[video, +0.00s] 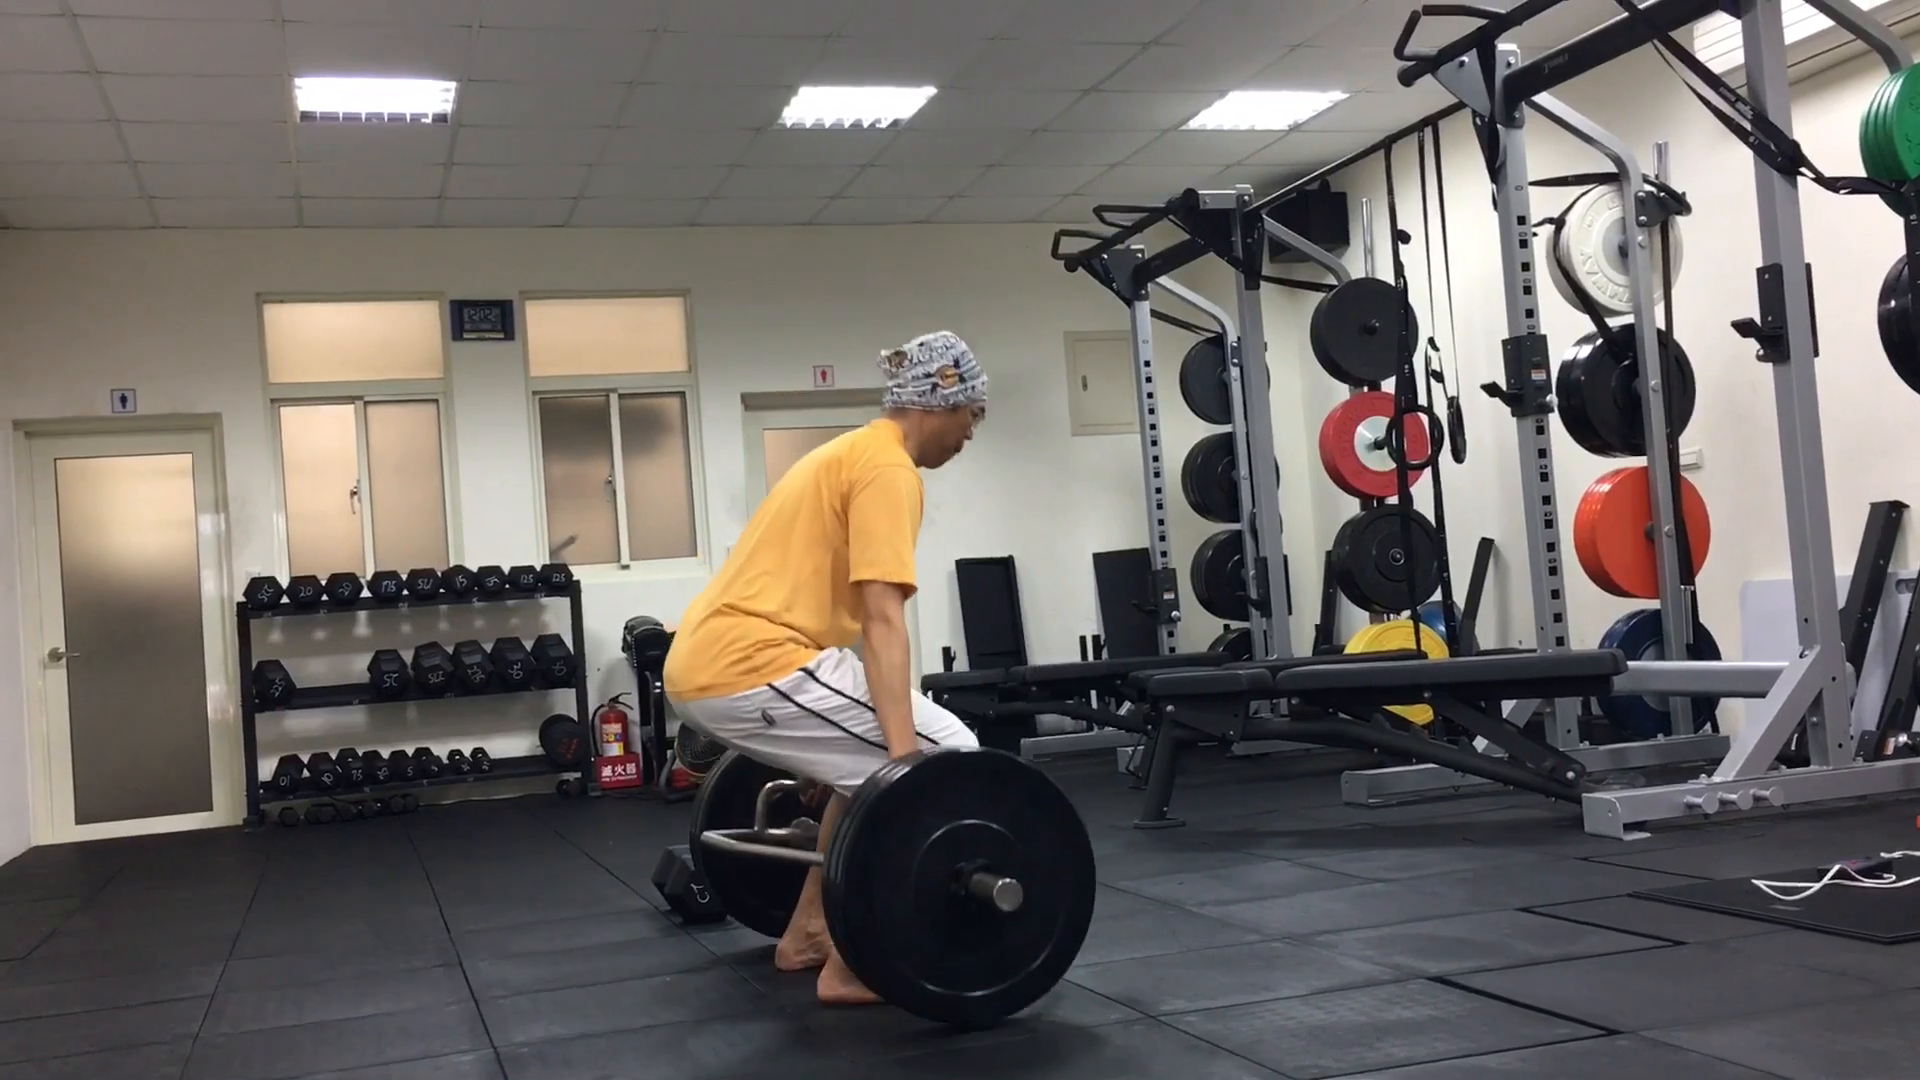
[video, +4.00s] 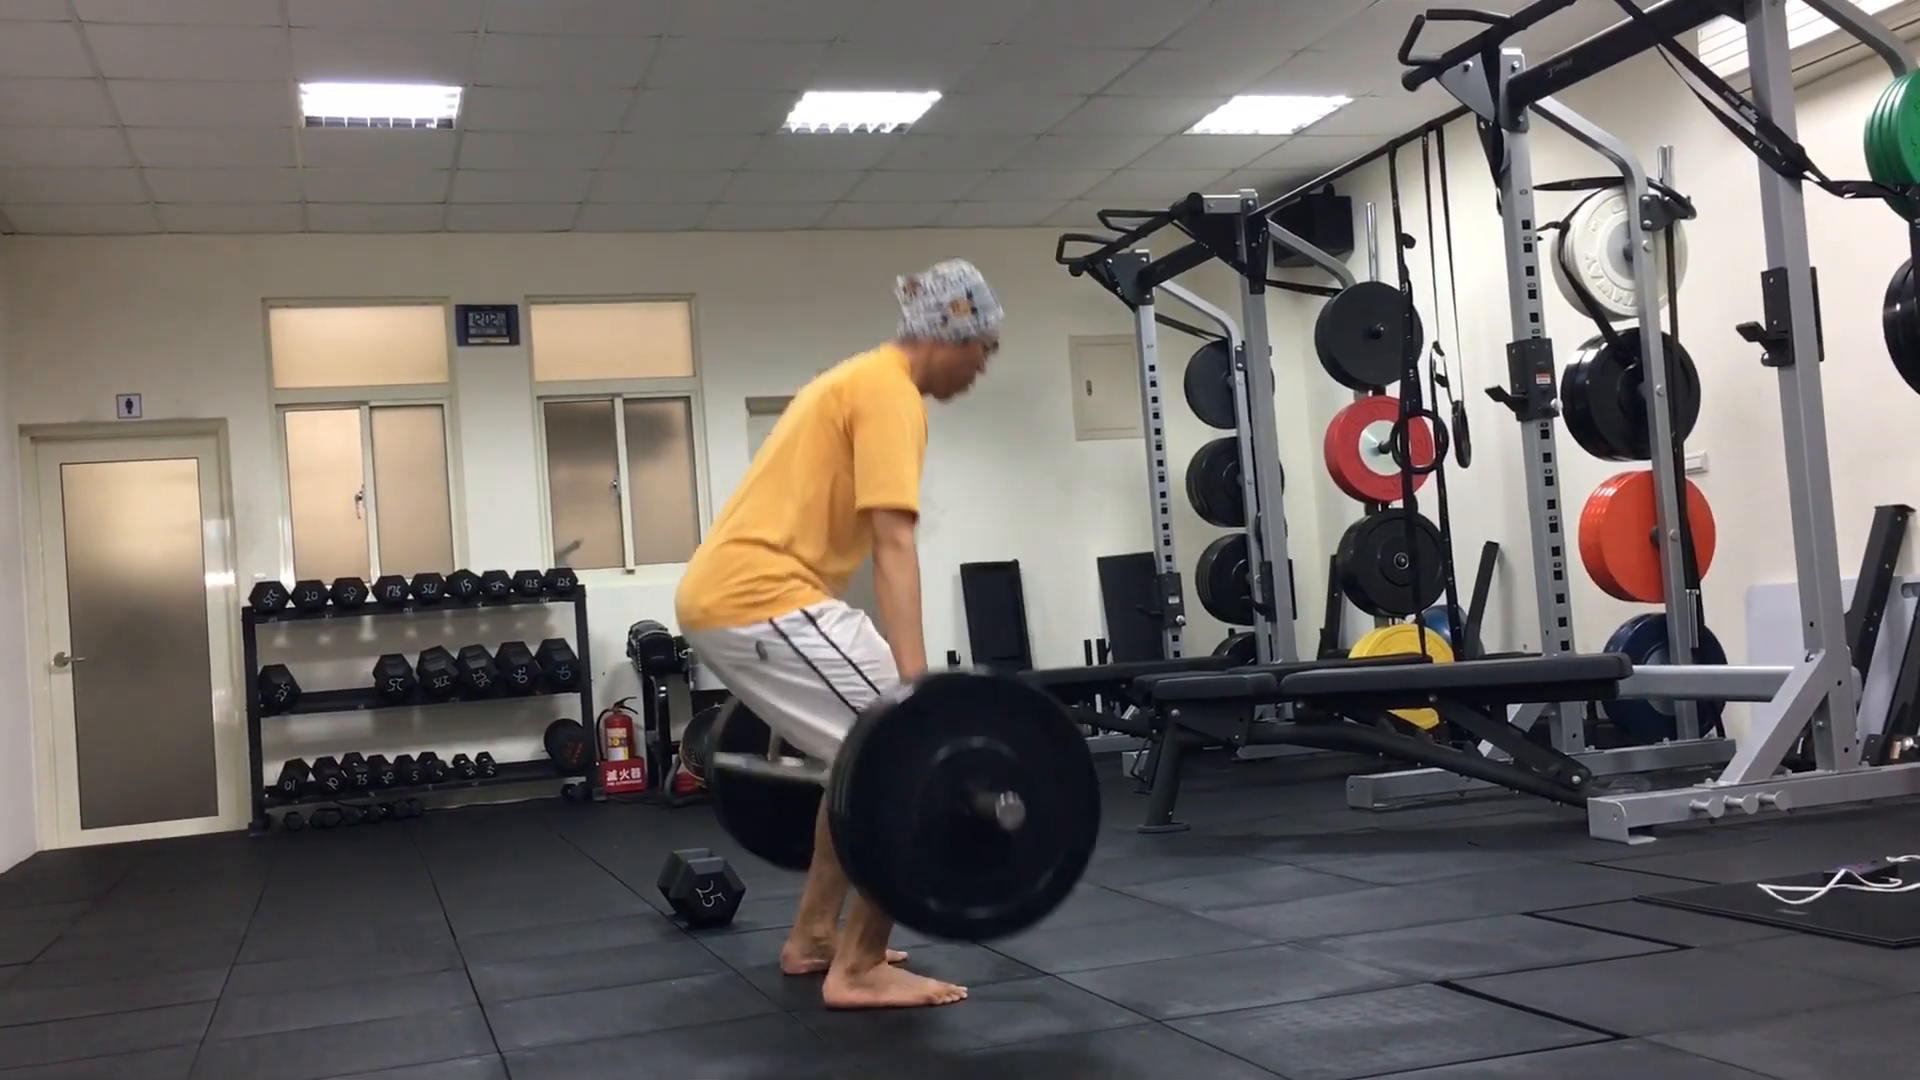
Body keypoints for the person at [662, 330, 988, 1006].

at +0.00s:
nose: (970, 435)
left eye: (975, 420)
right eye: (970, 416)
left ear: (908, 402)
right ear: (936, 405)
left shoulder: (845, 454)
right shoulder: (886, 464)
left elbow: (833, 616)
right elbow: (881, 617)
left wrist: (831, 751)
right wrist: (902, 750)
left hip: (702, 665)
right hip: (754, 663)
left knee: (884, 750)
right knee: (948, 750)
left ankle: (807, 931)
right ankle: (853, 963)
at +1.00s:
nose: (937, 220)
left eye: (940, 204)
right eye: (935, 202)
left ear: (869, 187)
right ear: (904, 190)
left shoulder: (818, 256)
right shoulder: (853, 254)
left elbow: (794, 401)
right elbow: (844, 391)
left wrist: (836, 531)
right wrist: (873, 536)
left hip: (758, 526)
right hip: (800, 528)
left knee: (781, 741)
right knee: (829, 742)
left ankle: (804, 936)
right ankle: (851, 964)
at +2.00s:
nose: (978, 404)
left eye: (983, 389)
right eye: (978, 386)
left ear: (920, 370)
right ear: (945, 373)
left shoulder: (858, 419)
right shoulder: (883, 429)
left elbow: (868, 581)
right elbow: (880, 582)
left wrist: (891, 705)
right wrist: (900, 720)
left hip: (711, 618)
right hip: (740, 620)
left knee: (876, 739)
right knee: (890, 745)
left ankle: (808, 931)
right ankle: (856, 964)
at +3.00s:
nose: (970, 269)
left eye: (972, 252)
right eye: (969, 250)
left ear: (906, 235)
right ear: (941, 240)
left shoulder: (846, 301)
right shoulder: (882, 306)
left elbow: (837, 457)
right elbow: (878, 455)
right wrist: (896, 598)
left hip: (735, 532)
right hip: (779, 533)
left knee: (818, 724)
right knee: (873, 718)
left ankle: (806, 922)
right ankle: (852, 954)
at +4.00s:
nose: (982, 369)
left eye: (988, 354)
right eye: (982, 350)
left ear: (924, 332)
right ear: (947, 333)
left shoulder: (858, 381)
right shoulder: (888, 388)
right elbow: (894, 545)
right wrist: (916, 688)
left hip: (724, 593)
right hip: (760, 592)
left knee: (867, 742)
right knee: (904, 738)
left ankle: (814, 935)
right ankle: (860, 965)